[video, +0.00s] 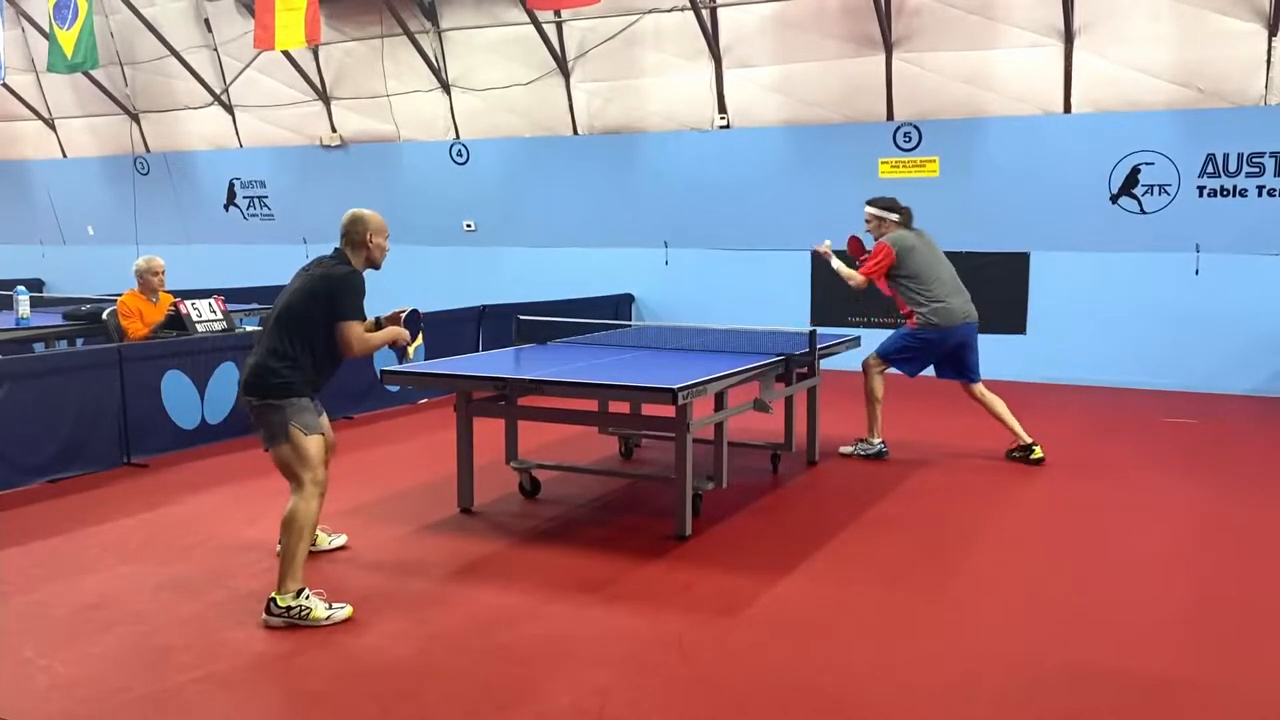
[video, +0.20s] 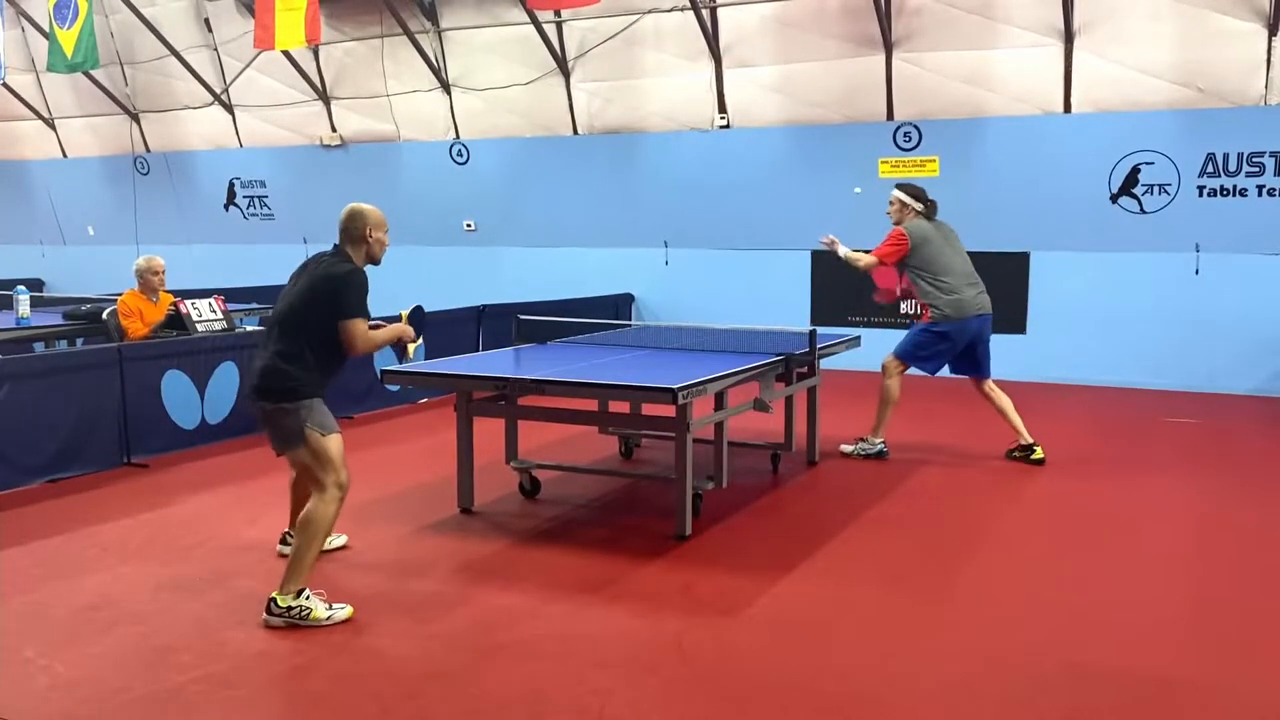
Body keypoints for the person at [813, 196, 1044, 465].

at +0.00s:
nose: (867, 227)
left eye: (870, 221)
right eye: (866, 221)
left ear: (888, 222)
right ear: (894, 221)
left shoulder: (888, 244)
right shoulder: (921, 237)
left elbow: (857, 281)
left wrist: (831, 258)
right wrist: (873, 264)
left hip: (933, 321)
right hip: (966, 318)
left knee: (873, 364)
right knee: (976, 387)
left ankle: (873, 440)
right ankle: (1026, 442)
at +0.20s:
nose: (888, 210)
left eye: (893, 204)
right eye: (890, 204)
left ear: (910, 208)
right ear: (917, 209)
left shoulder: (906, 232)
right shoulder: (944, 228)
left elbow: (866, 262)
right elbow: (943, 266)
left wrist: (841, 251)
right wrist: (911, 283)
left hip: (948, 317)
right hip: (981, 313)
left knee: (892, 367)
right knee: (984, 382)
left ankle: (875, 440)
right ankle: (1027, 442)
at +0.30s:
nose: (895, 205)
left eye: (900, 200)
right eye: (897, 199)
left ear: (917, 205)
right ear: (925, 206)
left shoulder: (909, 230)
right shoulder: (953, 226)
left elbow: (872, 260)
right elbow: (981, 261)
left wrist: (845, 256)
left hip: (951, 314)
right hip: (985, 311)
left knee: (896, 367)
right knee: (987, 382)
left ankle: (877, 440)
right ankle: (1027, 442)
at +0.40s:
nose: (894, 207)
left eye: (899, 201)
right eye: (896, 201)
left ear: (915, 206)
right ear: (925, 207)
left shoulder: (908, 231)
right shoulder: (956, 224)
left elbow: (888, 260)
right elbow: (996, 235)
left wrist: (856, 265)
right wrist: (992, 275)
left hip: (951, 314)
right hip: (984, 311)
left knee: (894, 366)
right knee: (988, 382)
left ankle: (879, 441)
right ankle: (1028, 443)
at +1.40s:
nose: (814, 212)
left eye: (820, 207)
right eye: (810, 208)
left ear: (831, 209)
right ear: (806, 212)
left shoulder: (853, 236)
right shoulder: (805, 243)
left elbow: (887, 258)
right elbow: (793, 276)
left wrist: (875, 283)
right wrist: (780, 288)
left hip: (863, 305)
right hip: (832, 306)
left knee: (873, 352)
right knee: (795, 342)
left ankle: (905, 411)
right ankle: (804, 396)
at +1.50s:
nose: (813, 219)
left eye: (817, 213)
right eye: (808, 215)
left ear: (829, 215)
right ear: (805, 219)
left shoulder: (850, 243)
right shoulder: (805, 249)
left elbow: (882, 268)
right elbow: (791, 279)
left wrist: (861, 290)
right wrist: (782, 294)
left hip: (865, 311)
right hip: (831, 312)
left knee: (881, 358)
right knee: (797, 348)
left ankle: (922, 407)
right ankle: (791, 395)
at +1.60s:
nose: (818, 234)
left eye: (823, 228)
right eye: (814, 229)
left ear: (833, 230)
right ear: (810, 233)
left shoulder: (855, 257)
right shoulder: (807, 262)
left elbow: (883, 284)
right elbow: (787, 294)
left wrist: (861, 303)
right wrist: (793, 309)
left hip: (866, 320)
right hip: (829, 321)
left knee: (890, 364)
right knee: (795, 353)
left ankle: (926, 411)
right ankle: (789, 398)